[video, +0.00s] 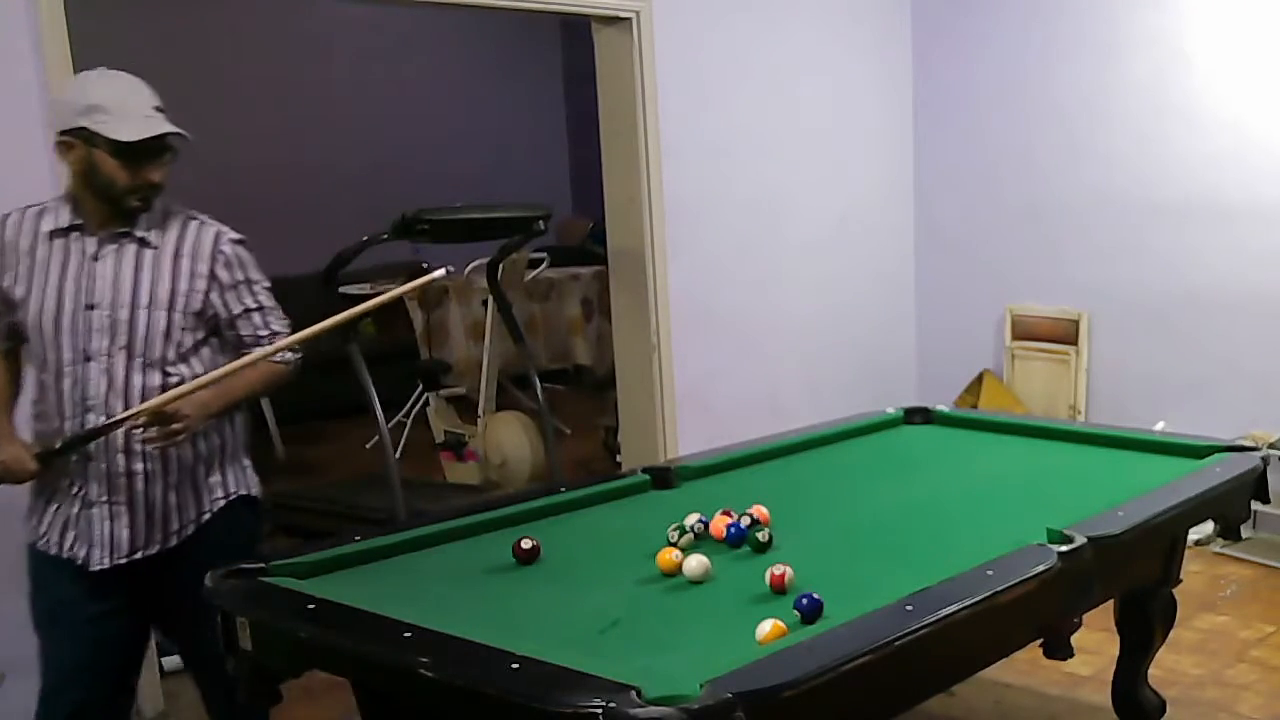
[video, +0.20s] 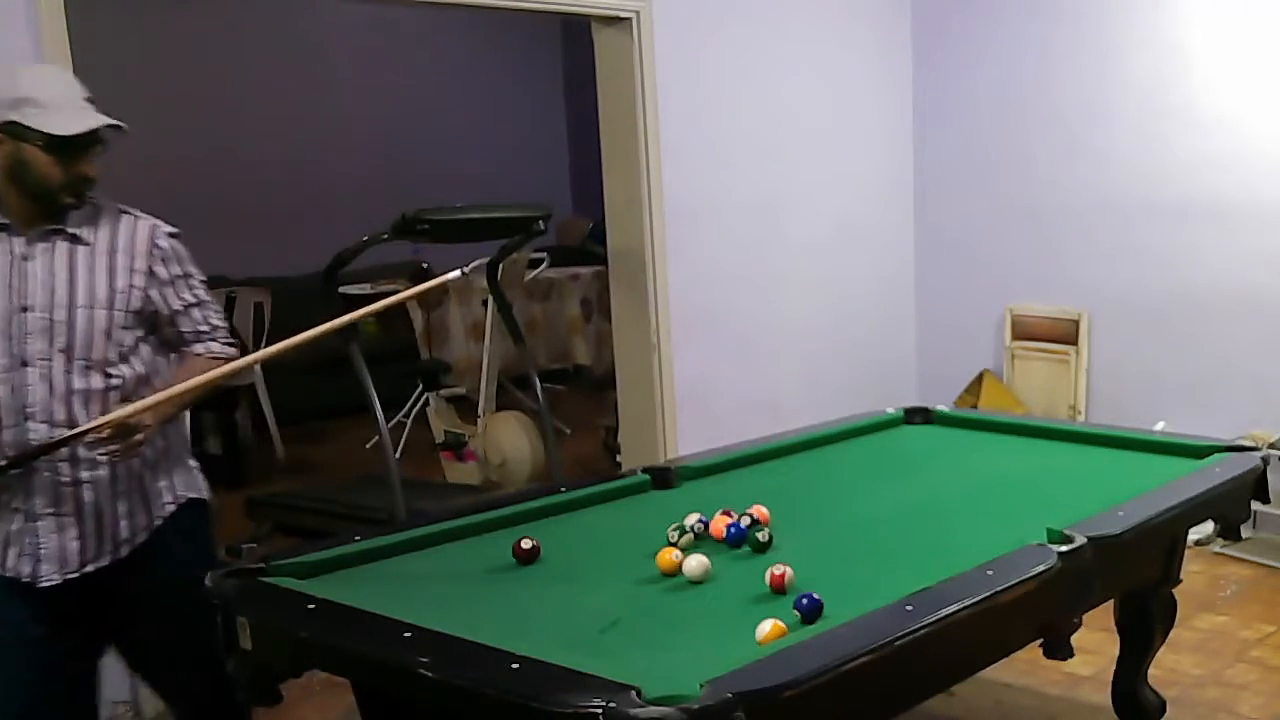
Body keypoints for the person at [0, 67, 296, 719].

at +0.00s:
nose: (153, 173)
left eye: (161, 155)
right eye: (132, 155)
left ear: (174, 152)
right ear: (71, 150)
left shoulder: (207, 247)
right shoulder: (18, 241)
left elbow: (280, 352)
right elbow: (7, 347)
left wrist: (207, 400)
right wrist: (5, 435)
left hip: (202, 528)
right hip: (75, 537)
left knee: (240, 700)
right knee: (76, 706)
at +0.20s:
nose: (89, 167)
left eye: (93, 148)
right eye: (67, 149)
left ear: (102, 145)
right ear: (7, 144)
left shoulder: (141, 243)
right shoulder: (1, 244)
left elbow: (217, 349)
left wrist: (156, 406)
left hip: (149, 541)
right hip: (23, 563)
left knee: (211, 701)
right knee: (34, 709)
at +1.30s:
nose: (98, 173)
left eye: (100, 152)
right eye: (79, 150)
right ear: (10, 142)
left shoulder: (119, 263)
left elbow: (161, 381)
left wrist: (149, 443)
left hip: (103, 607)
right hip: (5, 616)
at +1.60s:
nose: (124, 174)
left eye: (124, 152)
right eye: (105, 152)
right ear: (27, 149)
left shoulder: (136, 264)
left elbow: (174, 387)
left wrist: (170, 447)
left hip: (125, 623)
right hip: (14, 634)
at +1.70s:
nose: (129, 180)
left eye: (129, 156)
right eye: (110, 156)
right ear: (31, 151)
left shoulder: (137, 267)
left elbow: (174, 384)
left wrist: (176, 450)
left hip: (130, 629)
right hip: (15, 648)